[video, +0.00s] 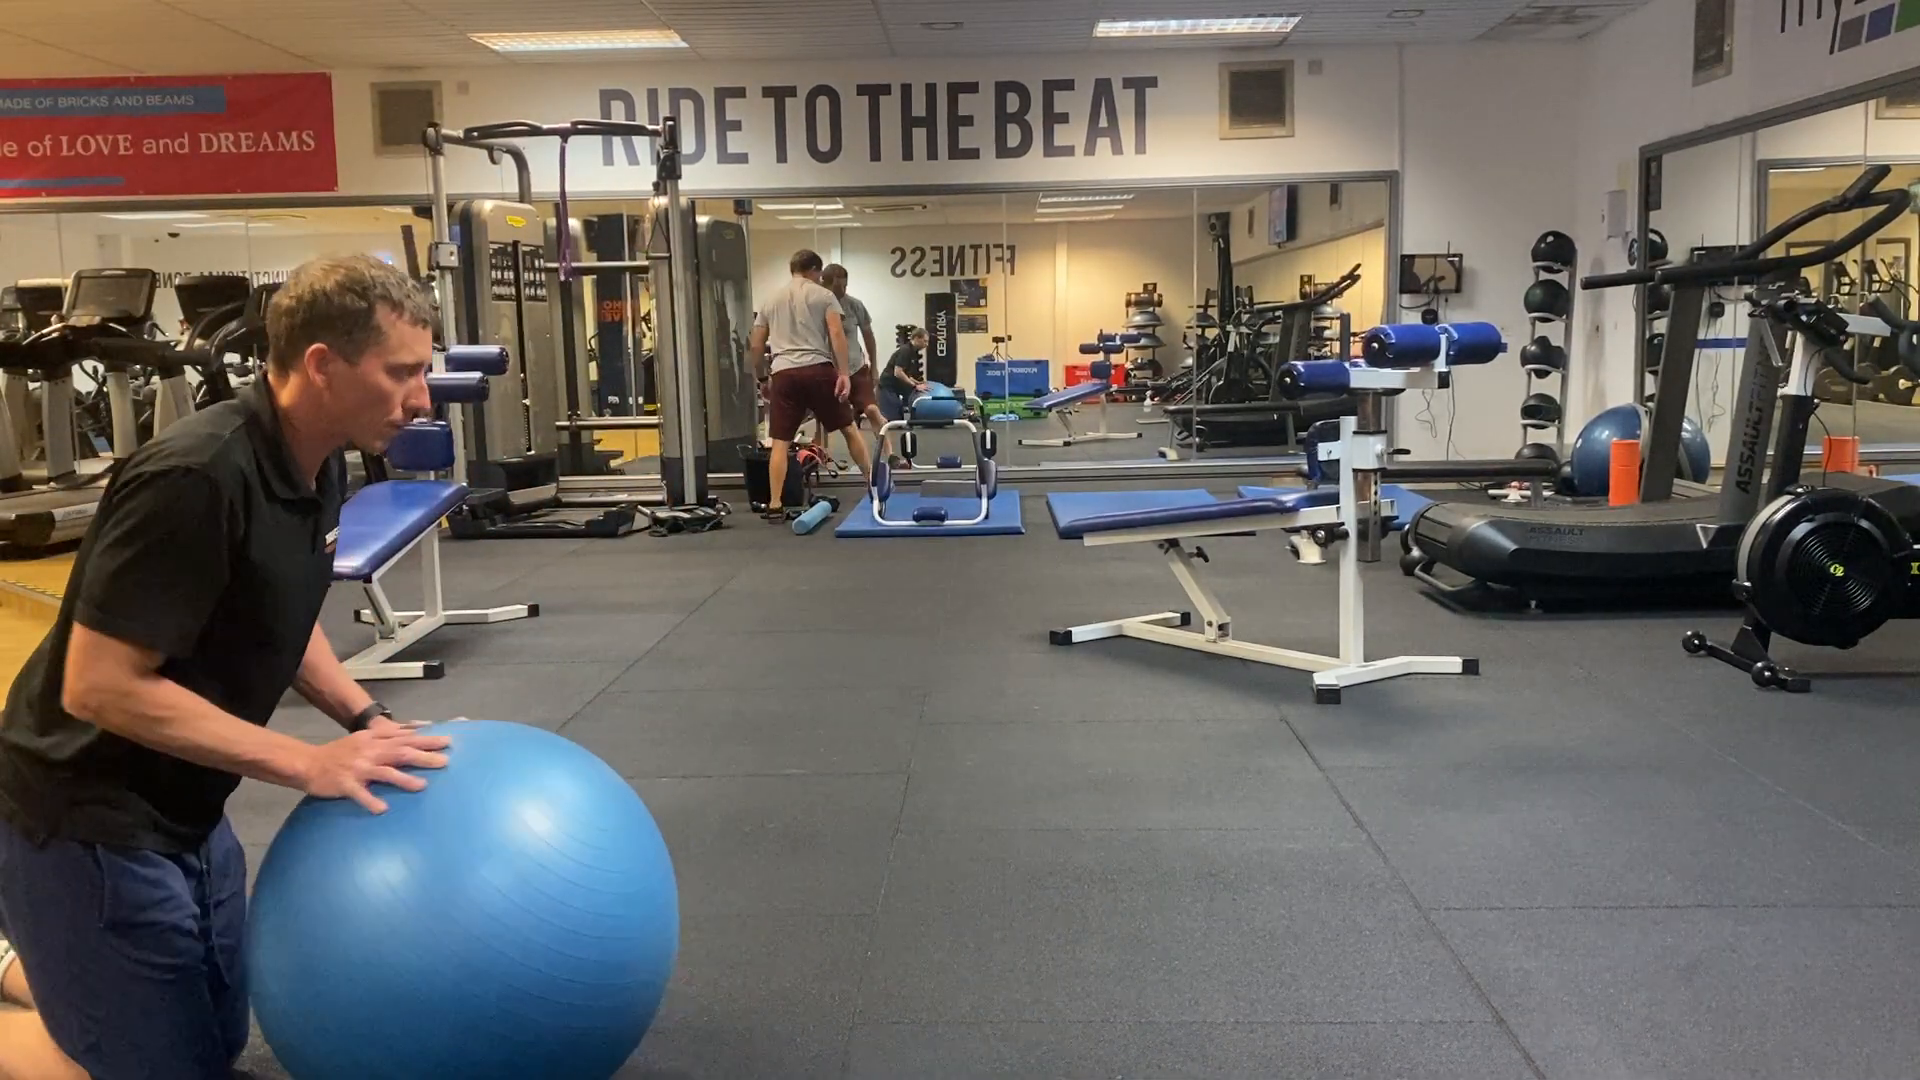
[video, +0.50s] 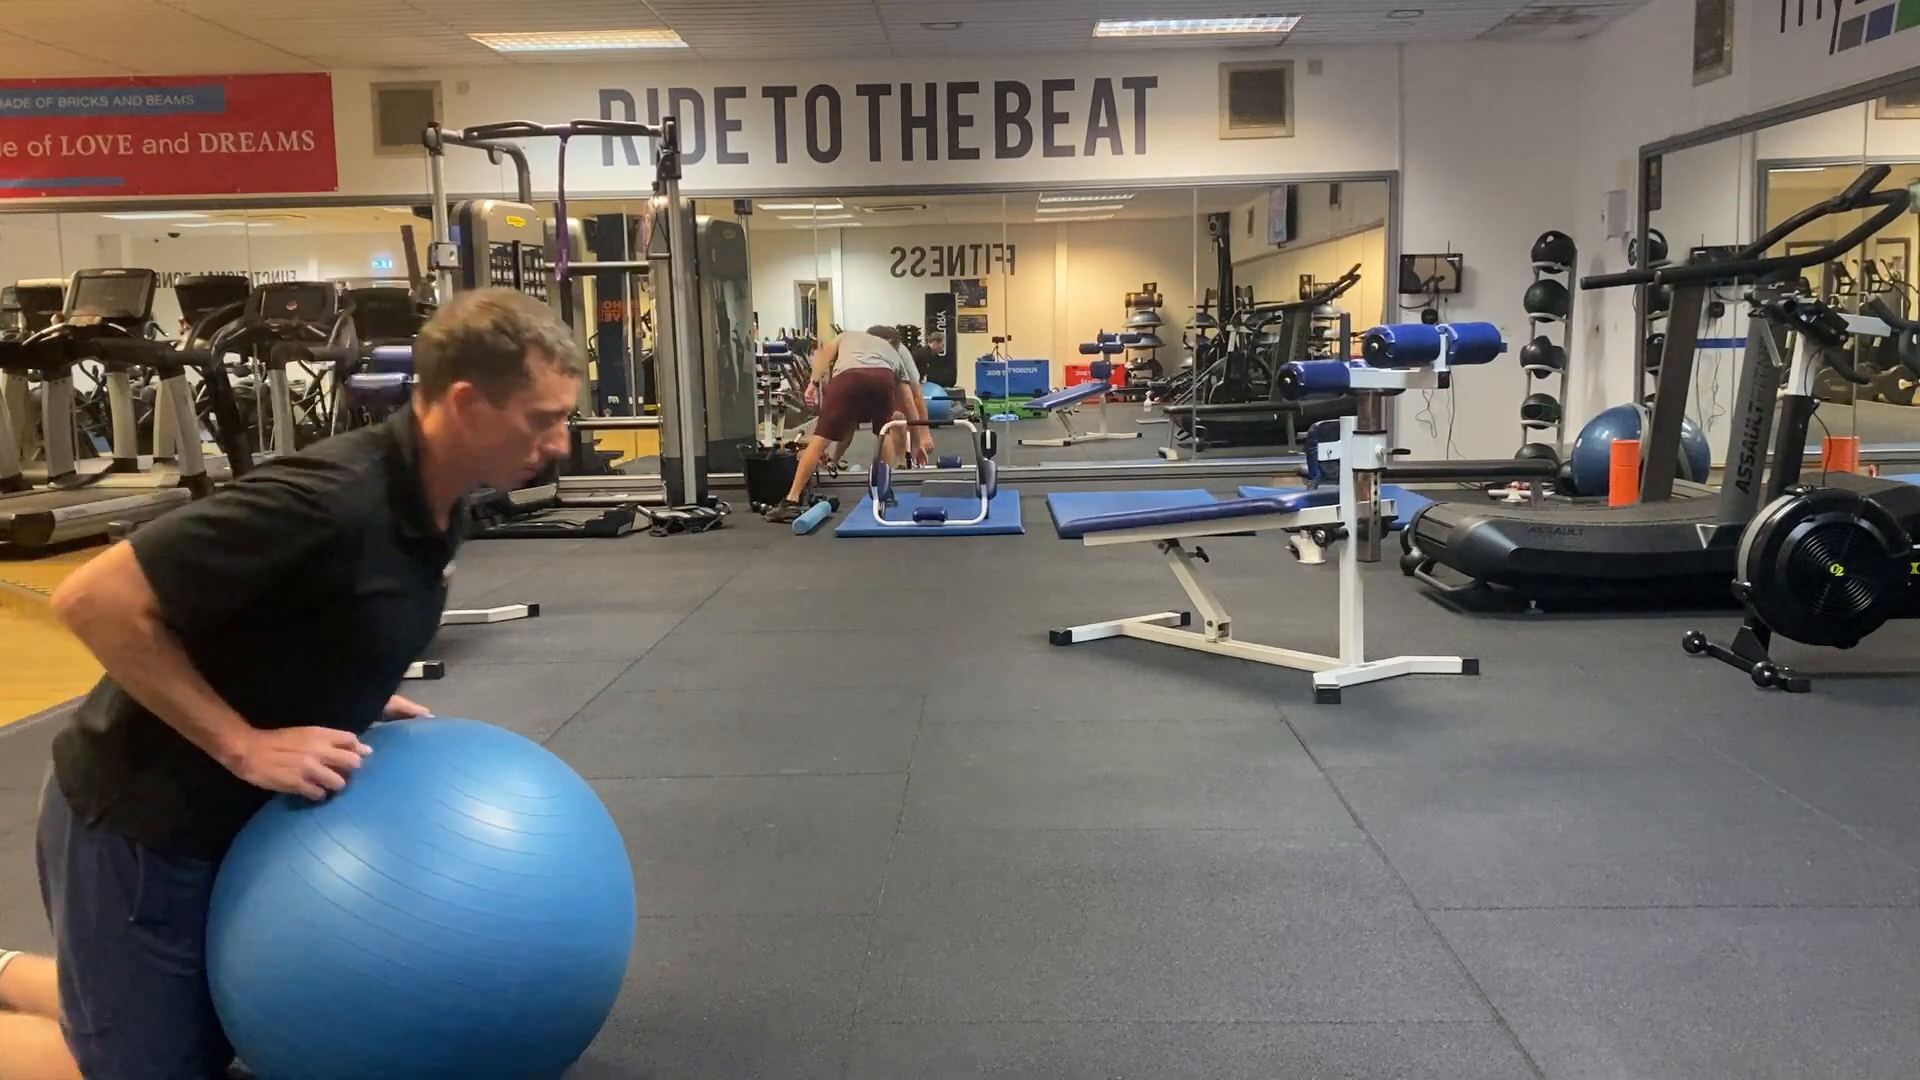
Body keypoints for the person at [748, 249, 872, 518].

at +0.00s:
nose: (821, 278)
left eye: (820, 274)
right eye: (820, 274)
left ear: (793, 270)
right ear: (815, 271)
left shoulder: (770, 300)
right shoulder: (825, 295)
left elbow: (756, 345)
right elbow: (836, 333)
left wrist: (760, 377)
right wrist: (844, 372)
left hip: (783, 375)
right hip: (821, 372)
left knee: (780, 443)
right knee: (850, 430)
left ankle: (775, 505)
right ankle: (874, 484)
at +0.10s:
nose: (836, 285)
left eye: (835, 282)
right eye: (836, 281)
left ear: (808, 278)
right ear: (832, 279)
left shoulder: (788, 304)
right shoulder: (843, 303)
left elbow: (769, 345)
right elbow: (859, 341)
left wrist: (768, 382)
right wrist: (865, 379)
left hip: (798, 378)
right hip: (836, 376)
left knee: (786, 443)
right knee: (859, 437)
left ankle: (776, 504)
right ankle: (881, 488)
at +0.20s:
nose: (855, 297)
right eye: (855, 294)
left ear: (826, 290)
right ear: (850, 291)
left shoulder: (807, 310)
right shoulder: (863, 312)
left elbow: (786, 348)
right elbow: (881, 354)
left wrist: (777, 384)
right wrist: (884, 394)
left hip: (815, 380)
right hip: (852, 379)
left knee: (796, 441)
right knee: (868, 435)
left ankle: (778, 503)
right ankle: (881, 491)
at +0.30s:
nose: (872, 312)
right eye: (871, 309)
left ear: (844, 305)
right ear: (868, 306)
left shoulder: (825, 318)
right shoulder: (878, 327)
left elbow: (802, 348)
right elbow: (895, 371)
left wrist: (789, 384)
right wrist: (900, 413)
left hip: (829, 380)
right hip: (865, 381)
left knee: (804, 443)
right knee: (875, 437)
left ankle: (782, 503)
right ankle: (884, 493)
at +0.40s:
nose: (887, 333)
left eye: (888, 330)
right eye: (887, 330)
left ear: (859, 318)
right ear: (879, 324)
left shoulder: (840, 326)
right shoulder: (887, 341)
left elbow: (817, 349)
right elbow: (904, 389)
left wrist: (803, 382)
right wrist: (909, 427)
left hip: (838, 379)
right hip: (874, 381)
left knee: (813, 441)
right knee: (880, 436)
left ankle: (788, 501)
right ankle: (885, 492)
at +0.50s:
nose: (896, 351)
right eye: (895, 348)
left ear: (868, 332)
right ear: (890, 342)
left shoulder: (846, 336)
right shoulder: (892, 351)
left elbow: (823, 354)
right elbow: (910, 407)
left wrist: (813, 382)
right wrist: (916, 444)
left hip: (846, 378)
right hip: (882, 378)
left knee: (818, 441)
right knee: (884, 433)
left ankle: (792, 499)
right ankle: (885, 490)